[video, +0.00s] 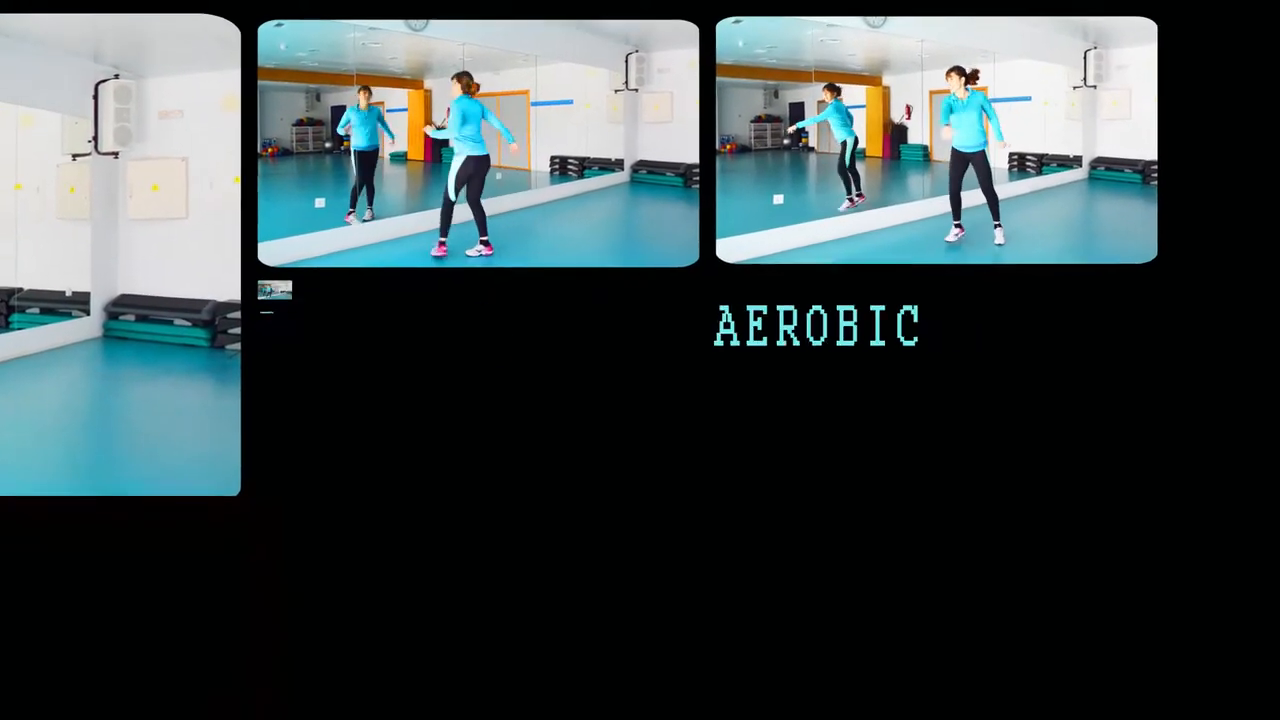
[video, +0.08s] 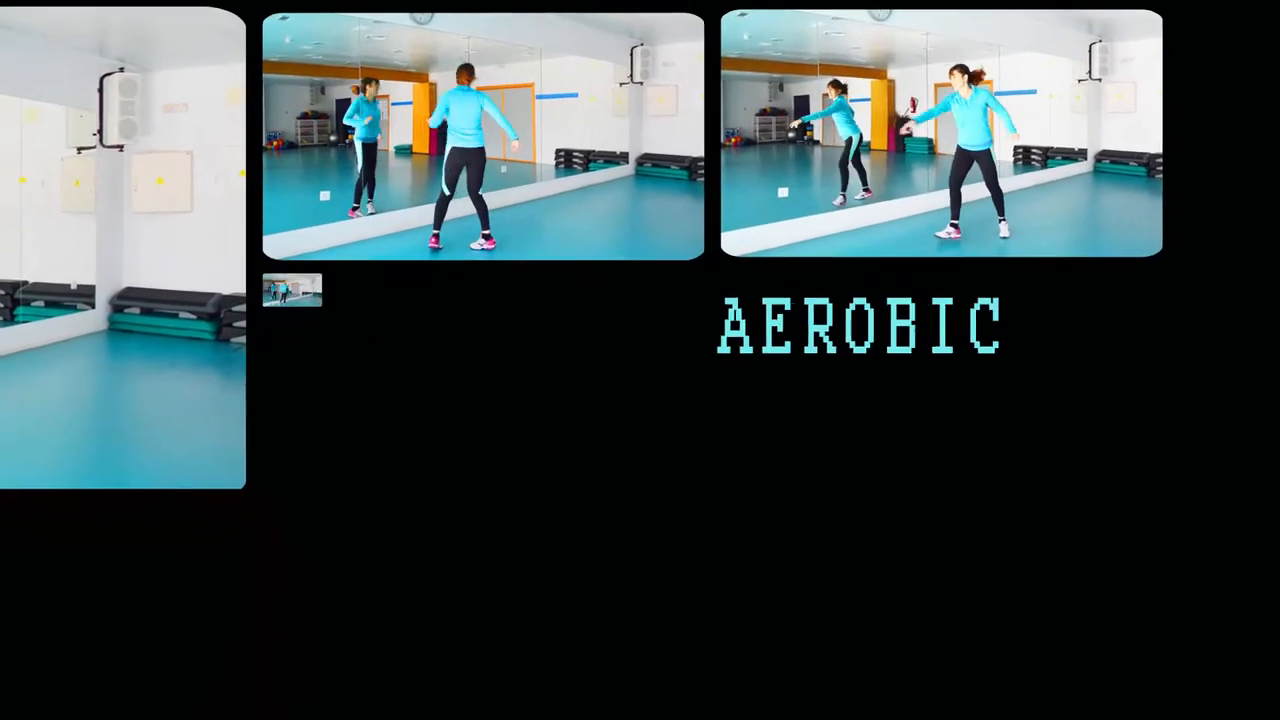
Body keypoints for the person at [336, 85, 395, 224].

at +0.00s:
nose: (365, 96)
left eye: (367, 93)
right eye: (363, 93)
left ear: (370, 96)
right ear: (359, 96)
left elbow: (384, 124)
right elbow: (339, 128)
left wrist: (391, 136)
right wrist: (344, 132)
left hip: (373, 147)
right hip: (358, 148)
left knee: (369, 180)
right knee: (360, 180)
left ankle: (369, 209)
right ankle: (351, 211)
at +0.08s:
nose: (377, 89)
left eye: (378, 87)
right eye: (376, 87)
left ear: (373, 88)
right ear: (368, 87)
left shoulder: (375, 103)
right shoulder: (358, 102)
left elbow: (375, 120)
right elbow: (346, 119)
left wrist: (379, 131)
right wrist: (362, 122)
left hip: (373, 139)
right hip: (361, 139)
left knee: (371, 172)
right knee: (363, 172)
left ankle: (370, 202)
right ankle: (355, 207)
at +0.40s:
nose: (366, 64)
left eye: (367, 61)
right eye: (367, 61)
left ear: (369, 62)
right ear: (380, 62)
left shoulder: (362, 76)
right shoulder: (386, 75)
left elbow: (351, 92)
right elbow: (396, 90)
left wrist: (335, 104)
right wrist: (412, 94)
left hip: (365, 116)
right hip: (381, 115)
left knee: (363, 151)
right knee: (382, 151)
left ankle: (354, 185)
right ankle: (381, 186)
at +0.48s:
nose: (365, 60)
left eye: (366, 57)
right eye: (366, 57)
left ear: (370, 58)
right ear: (380, 58)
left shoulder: (365, 71)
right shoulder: (389, 71)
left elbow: (356, 88)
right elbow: (404, 86)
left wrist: (338, 97)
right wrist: (420, 86)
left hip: (368, 111)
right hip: (384, 111)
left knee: (363, 148)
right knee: (387, 147)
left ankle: (355, 183)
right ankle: (389, 181)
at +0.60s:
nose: (366, 55)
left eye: (366, 53)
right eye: (366, 53)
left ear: (371, 52)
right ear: (379, 52)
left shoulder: (367, 66)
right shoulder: (389, 66)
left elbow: (362, 84)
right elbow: (405, 78)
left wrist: (340, 86)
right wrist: (408, 74)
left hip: (370, 108)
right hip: (386, 108)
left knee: (365, 143)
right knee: (391, 141)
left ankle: (363, 180)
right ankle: (400, 174)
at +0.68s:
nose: (366, 50)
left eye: (367, 47)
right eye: (366, 48)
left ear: (370, 47)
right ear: (379, 47)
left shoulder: (368, 60)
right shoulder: (388, 61)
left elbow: (359, 81)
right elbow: (402, 75)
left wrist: (340, 77)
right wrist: (392, 68)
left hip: (372, 103)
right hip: (388, 103)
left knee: (368, 139)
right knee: (388, 137)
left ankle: (368, 176)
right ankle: (403, 169)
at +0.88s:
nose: (367, 43)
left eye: (368, 40)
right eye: (368, 40)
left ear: (372, 40)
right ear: (382, 40)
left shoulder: (371, 54)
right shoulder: (390, 53)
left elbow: (359, 76)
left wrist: (359, 61)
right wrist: (368, 58)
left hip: (386, 92)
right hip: (400, 90)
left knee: (377, 126)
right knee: (386, 121)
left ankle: (381, 164)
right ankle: (391, 152)